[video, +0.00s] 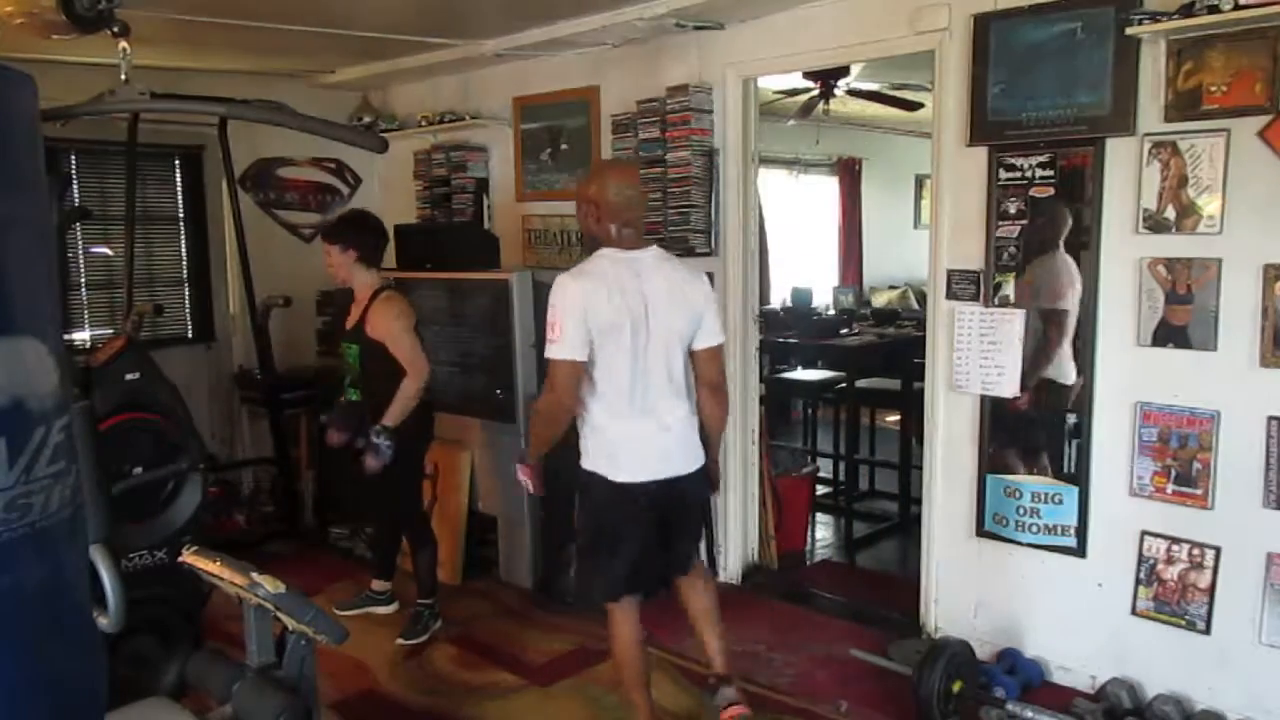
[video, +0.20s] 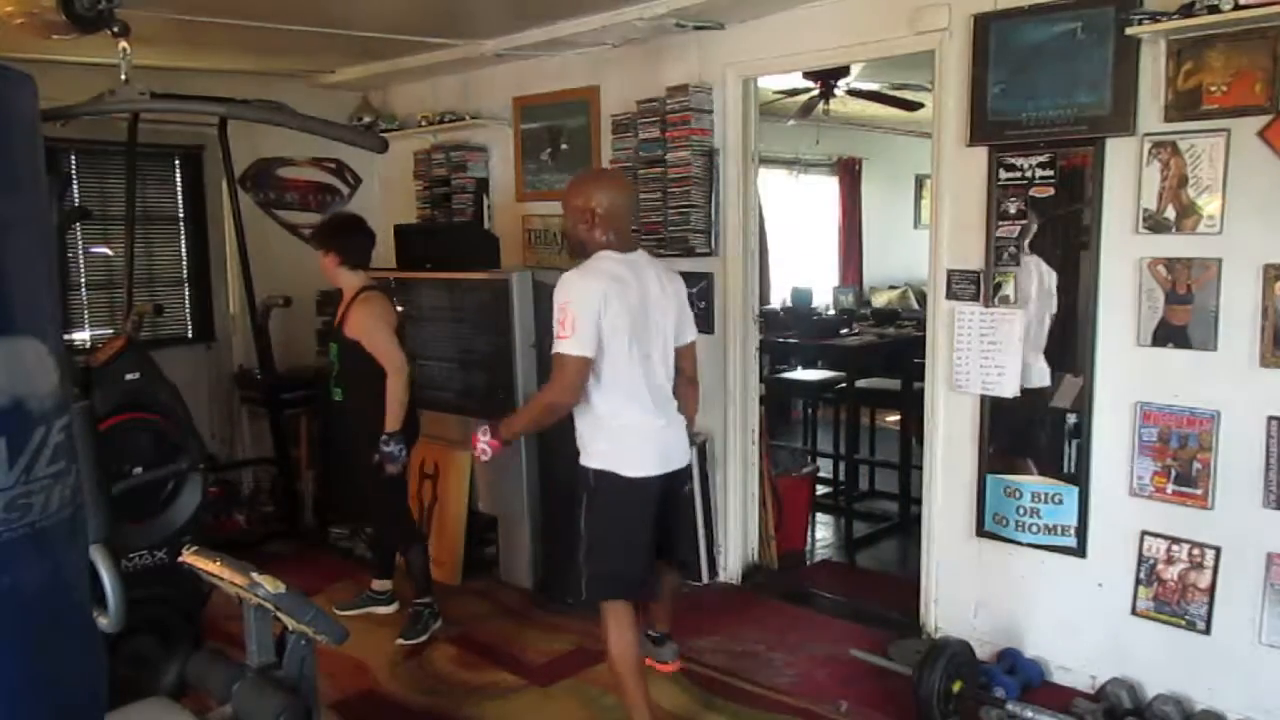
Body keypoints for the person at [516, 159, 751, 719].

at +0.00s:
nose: (579, 218)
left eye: (581, 209)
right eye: (581, 208)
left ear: (596, 211)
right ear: (642, 210)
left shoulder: (576, 286)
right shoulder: (690, 278)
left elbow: (562, 394)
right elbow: (713, 382)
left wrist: (532, 454)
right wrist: (708, 459)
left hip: (614, 476)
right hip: (684, 467)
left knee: (622, 599)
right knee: (691, 568)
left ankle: (641, 711)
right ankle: (725, 685)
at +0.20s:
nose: (563, 227)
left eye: (568, 217)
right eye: (565, 216)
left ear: (594, 219)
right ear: (621, 219)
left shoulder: (582, 283)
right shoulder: (667, 278)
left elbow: (567, 388)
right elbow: (686, 374)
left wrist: (501, 432)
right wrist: (678, 441)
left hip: (617, 464)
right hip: (671, 457)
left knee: (617, 599)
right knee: (662, 554)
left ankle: (640, 712)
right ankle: (660, 641)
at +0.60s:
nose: (555, 223)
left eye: (563, 212)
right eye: (553, 213)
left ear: (599, 215)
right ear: (573, 218)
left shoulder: (621, 272)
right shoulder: (589, 271)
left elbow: (653, 365)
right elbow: (613, 356)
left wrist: (648, 450)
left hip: (623, 443)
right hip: (599, 438)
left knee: (611, 563)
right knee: (611, 556)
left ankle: (657, 697)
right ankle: (639, 646)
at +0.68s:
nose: (557, 220)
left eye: (566, 209)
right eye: (553, 212)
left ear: (598, 211)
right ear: (560, 219)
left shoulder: (629, 267)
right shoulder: (580, 272)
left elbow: (668, 355)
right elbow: (599, 348)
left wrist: (669, 441)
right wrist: (582, 411)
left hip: (629, 432)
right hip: (596, 430)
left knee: (612, 551)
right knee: (606, 547)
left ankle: (675, 670)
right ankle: (639, 642)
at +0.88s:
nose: (572, 228)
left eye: (583, 217)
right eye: (564, 220)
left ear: (608, 221)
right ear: (557, 228)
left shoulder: (641, 278)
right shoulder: (572, 286)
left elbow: (678, 362)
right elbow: (577, 361)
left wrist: (687, 441)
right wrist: (536, 413)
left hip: (640, 439)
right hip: (598, 437)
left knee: (624, 557)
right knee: (610, 555)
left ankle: (713, 587)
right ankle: (644, 646)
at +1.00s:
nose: (582, 216)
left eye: (594, 205)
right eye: (574, 207)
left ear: (618, 212)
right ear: (567, 214)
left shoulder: (648, 269)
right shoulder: (568, 277)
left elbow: (684, 355)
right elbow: (575, 350)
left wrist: (656, 427)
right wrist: (535, 399)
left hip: (644, 432)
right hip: (595, 433)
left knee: (650, 547)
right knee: (610, 539)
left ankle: (725, 610)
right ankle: (642, 640)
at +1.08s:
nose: (589, 222)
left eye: (601, 211)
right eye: (580, 211)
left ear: (625, 217)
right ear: (571, 216)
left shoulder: (653, 275)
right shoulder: (564, 280)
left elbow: (681, 360)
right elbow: (564, 351)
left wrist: (622, 404)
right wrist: (551, 385)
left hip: (651, 432)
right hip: (596, 434)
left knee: (672, 549)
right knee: (612, 542)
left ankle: (726, 653)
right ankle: (643, 642)